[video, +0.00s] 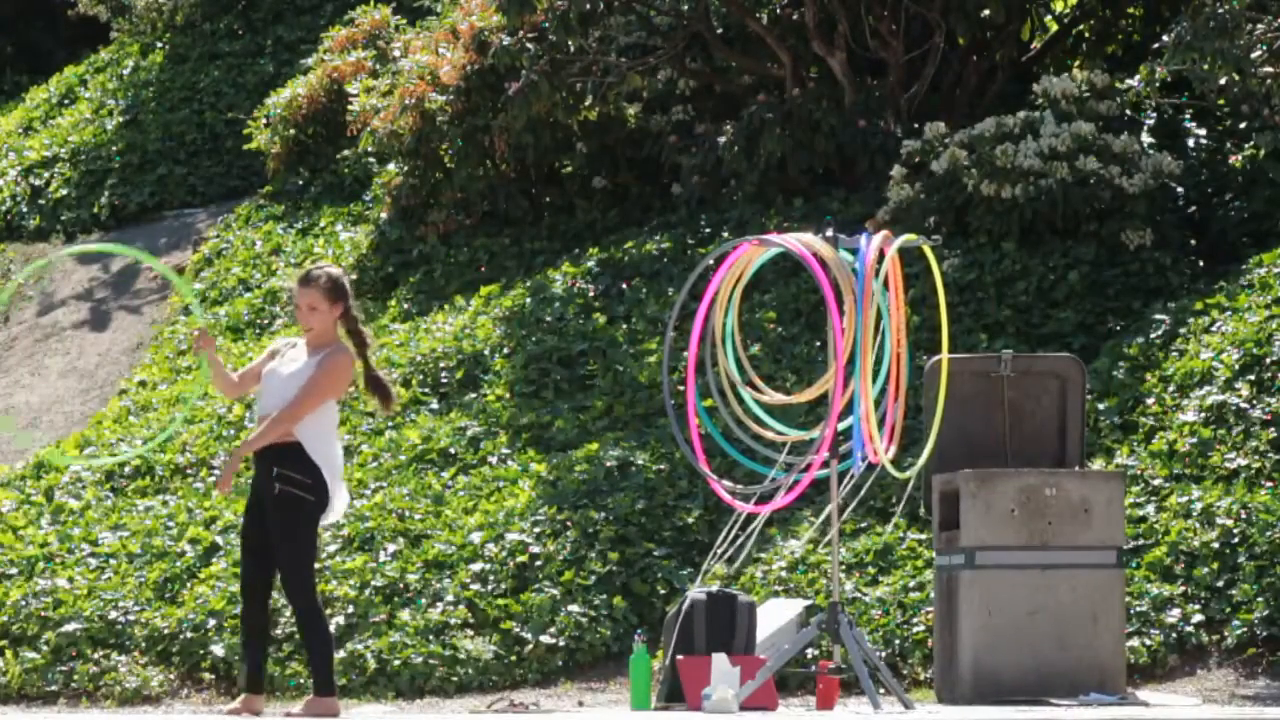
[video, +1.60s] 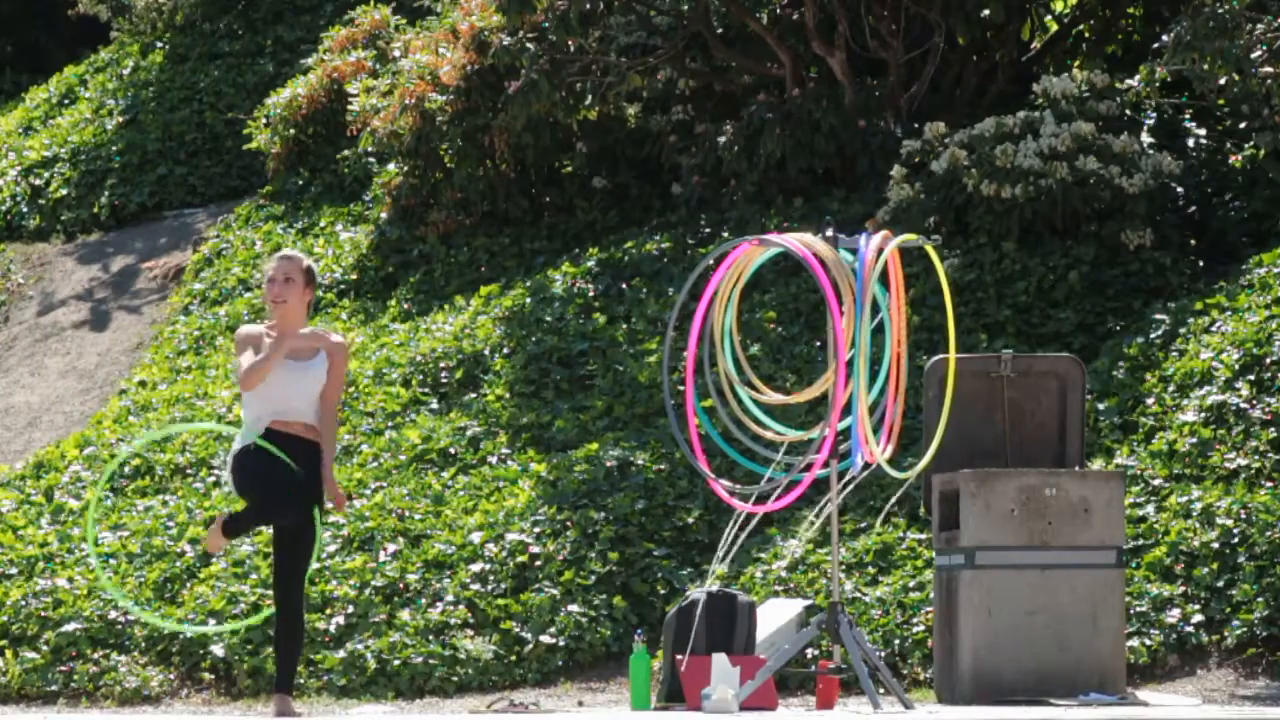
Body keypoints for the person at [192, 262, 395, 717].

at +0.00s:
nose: (302, 315)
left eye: (312, 308)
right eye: (298, 306)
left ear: (337, 309)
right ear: (293, 306)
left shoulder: (339, 359)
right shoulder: (285, 349)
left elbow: (290, 417)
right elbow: (233, 387)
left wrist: (239, 453)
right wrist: (209, 354)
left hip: (299, 474)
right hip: (268, 471)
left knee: (300, 588)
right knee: (254, 587)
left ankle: (325, 696)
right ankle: (252, 696)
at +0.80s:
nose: (260, 287)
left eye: (272, 281)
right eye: (256, 280)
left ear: (291, 295)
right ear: (247, 290)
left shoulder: (303, 343)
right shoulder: (231, 342)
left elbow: (278, 405)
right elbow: (239, 373)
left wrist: (217, 428)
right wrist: (263, 333)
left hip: (292, 471)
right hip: (246, 471)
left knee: (281, 586)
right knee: (244, 588)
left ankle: (284, 695)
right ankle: (248, 695)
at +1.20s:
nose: (262, 286)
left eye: (273, 280)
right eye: (257, 280)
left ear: (295, 293)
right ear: (249, 292)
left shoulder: (321, 344)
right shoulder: (241, 343)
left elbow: (308, 409)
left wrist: (250, 424)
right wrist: (326, 346)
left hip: (302, 462)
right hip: (251, 461)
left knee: (290, 584)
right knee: (231, 568)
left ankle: (285, 695)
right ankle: (233, 647)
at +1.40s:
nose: (269, 287)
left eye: (279, 281)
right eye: (265, 281)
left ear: (301, 293)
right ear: (258, 291)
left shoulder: (327, 347)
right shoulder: (246, 340)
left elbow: (317, 413)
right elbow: (268, 376)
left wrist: (292, 452)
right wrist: (317, 340)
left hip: (305, 457)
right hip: (253, 453)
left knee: (290, 582)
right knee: (272, 512)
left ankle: (284, 694)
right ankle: (232, 574)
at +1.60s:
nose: (276, 288)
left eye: (287, 281)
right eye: (271, 281)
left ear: (309, 290)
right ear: (264, 290)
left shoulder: (332, 346)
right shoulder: (250, 336)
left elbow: (329, 410)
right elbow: (247, 381)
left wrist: (328, 472)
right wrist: (279, 341)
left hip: (307, 456)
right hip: (258, 448)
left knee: (289, 586)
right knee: (285, 499)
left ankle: (284, 694)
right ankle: (225, 530)